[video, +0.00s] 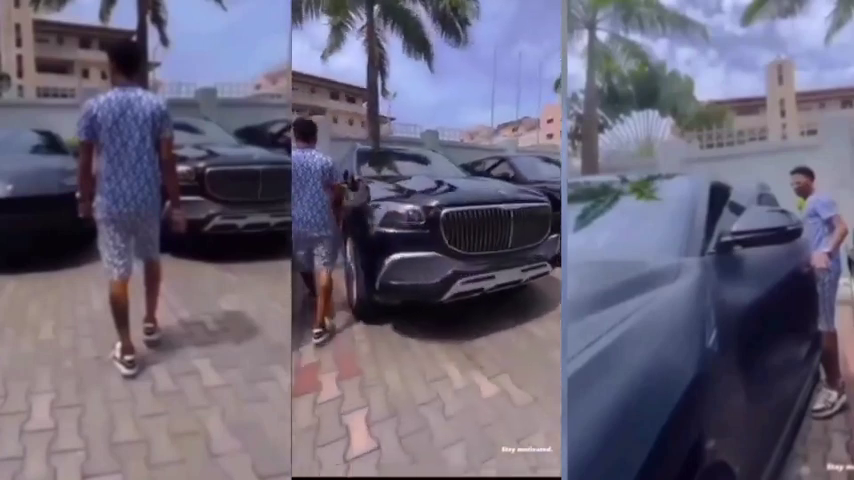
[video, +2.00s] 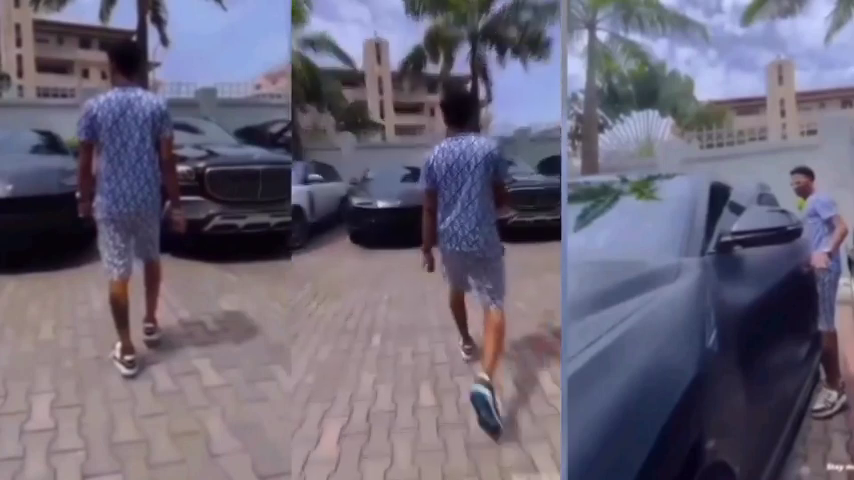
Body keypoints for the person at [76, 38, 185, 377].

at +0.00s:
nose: (112, 71)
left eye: (111, 66)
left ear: (112, 67)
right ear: (142, 67)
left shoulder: (95, 107)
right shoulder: (155, 105)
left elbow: (85, 161)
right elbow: (167, 159)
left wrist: (85, 199)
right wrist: (175, 202)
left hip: (110, 201)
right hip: (147, 200)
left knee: (118, 273)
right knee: (151, 260)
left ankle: (125, 348)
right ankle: (150, 319)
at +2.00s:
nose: (110, 72)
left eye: (110, 66)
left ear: (112, 68)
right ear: (142, 67)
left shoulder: (96, 107)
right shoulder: (156, 106)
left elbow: (85, 161)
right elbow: (167, 160)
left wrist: (85, 199)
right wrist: (175, 202)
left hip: (110, 201)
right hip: (147, 200)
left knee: (118, 273)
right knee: (151, 260)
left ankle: (125, 348)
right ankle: (150, 319)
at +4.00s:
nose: (110, 71)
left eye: (110, 66)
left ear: (112, 68)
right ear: (142, 67)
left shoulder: (95, 107)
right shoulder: (156, 106)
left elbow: (85, 161)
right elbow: (167, 160)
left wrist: (84, 199)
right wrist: (175, 202)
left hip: (110, 201)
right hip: (147, 200)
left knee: (118, 273)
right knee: (151, 260)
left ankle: (125, 348)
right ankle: (150, 319)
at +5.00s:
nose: (110, 71)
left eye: (110, 66)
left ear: (112, 68)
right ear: (142, 67)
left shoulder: (95, 107)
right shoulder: (156, 106)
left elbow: (85, 161)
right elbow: (167, 160)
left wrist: (84, 199)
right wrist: (175, 202)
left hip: (110, 201)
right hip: (147, 200)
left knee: (118, 273)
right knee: (151, 260)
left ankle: (125, 348)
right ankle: (150, 319)